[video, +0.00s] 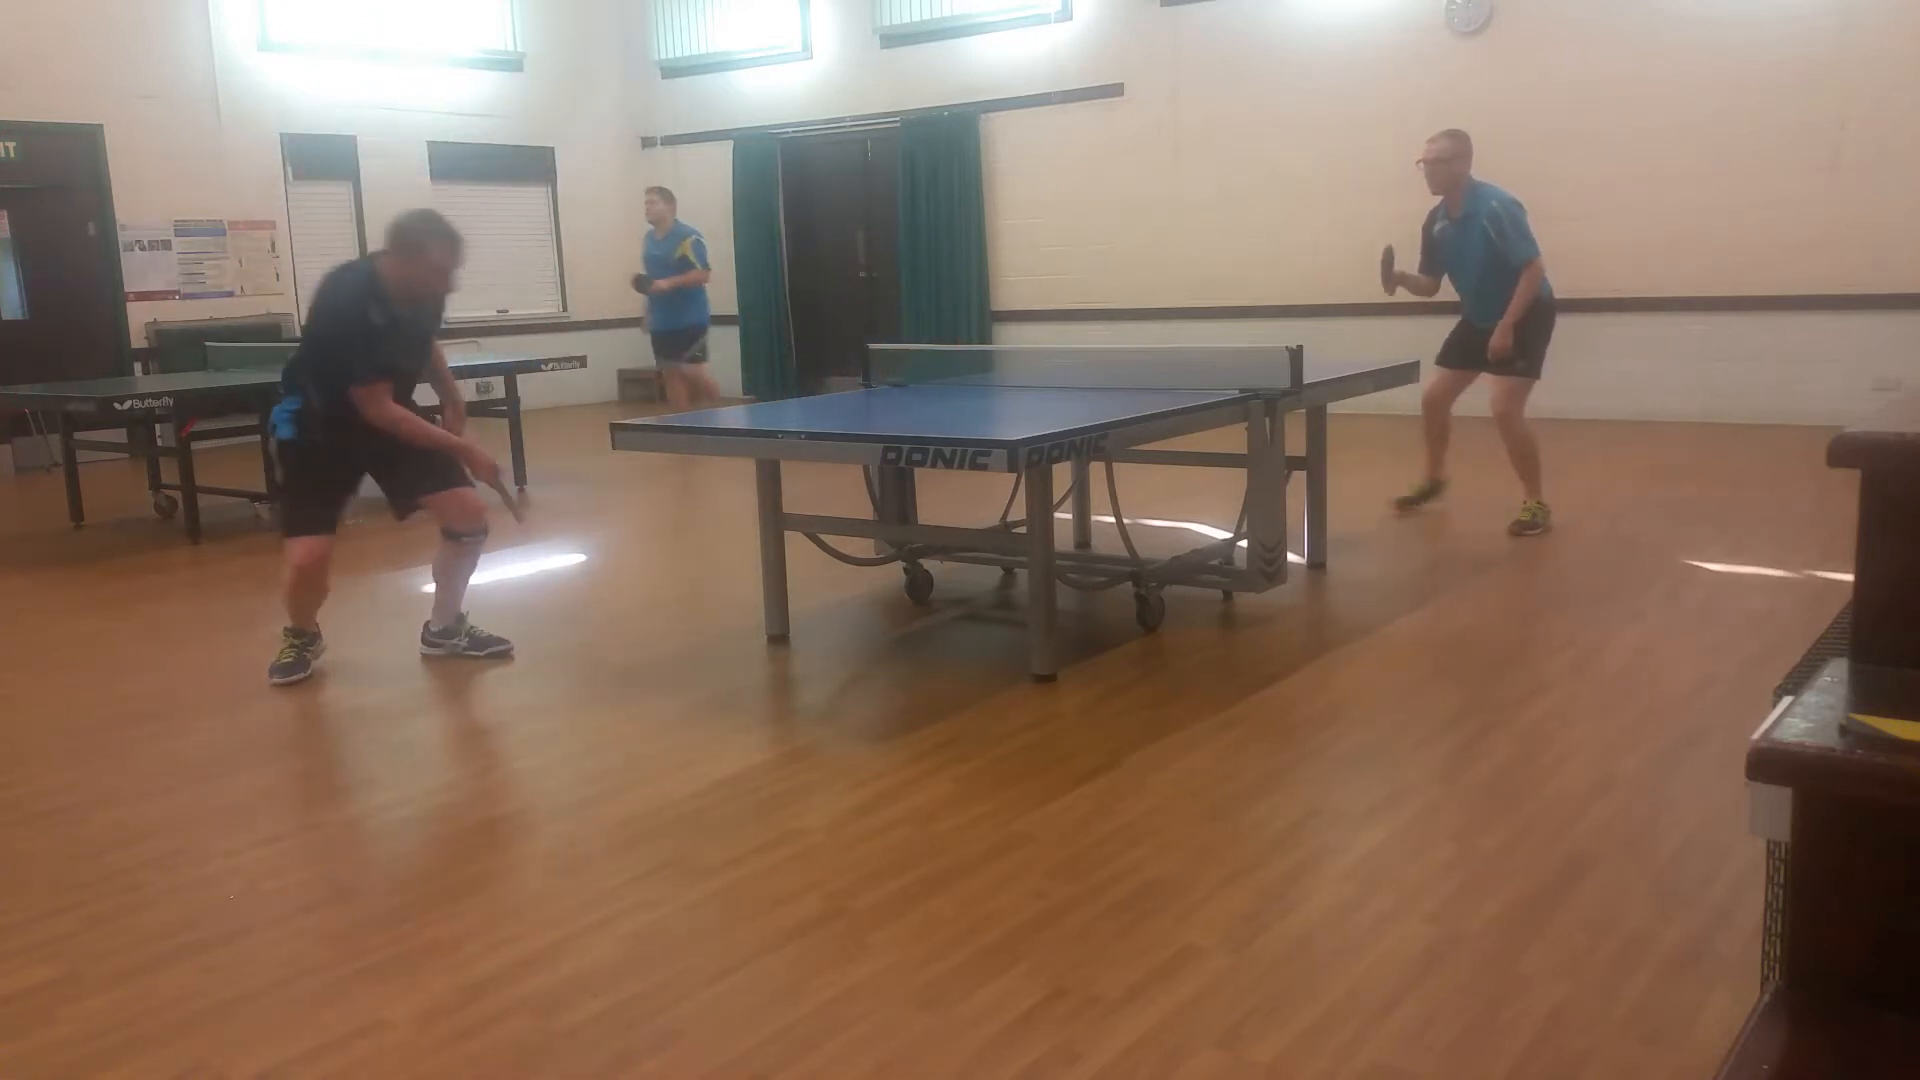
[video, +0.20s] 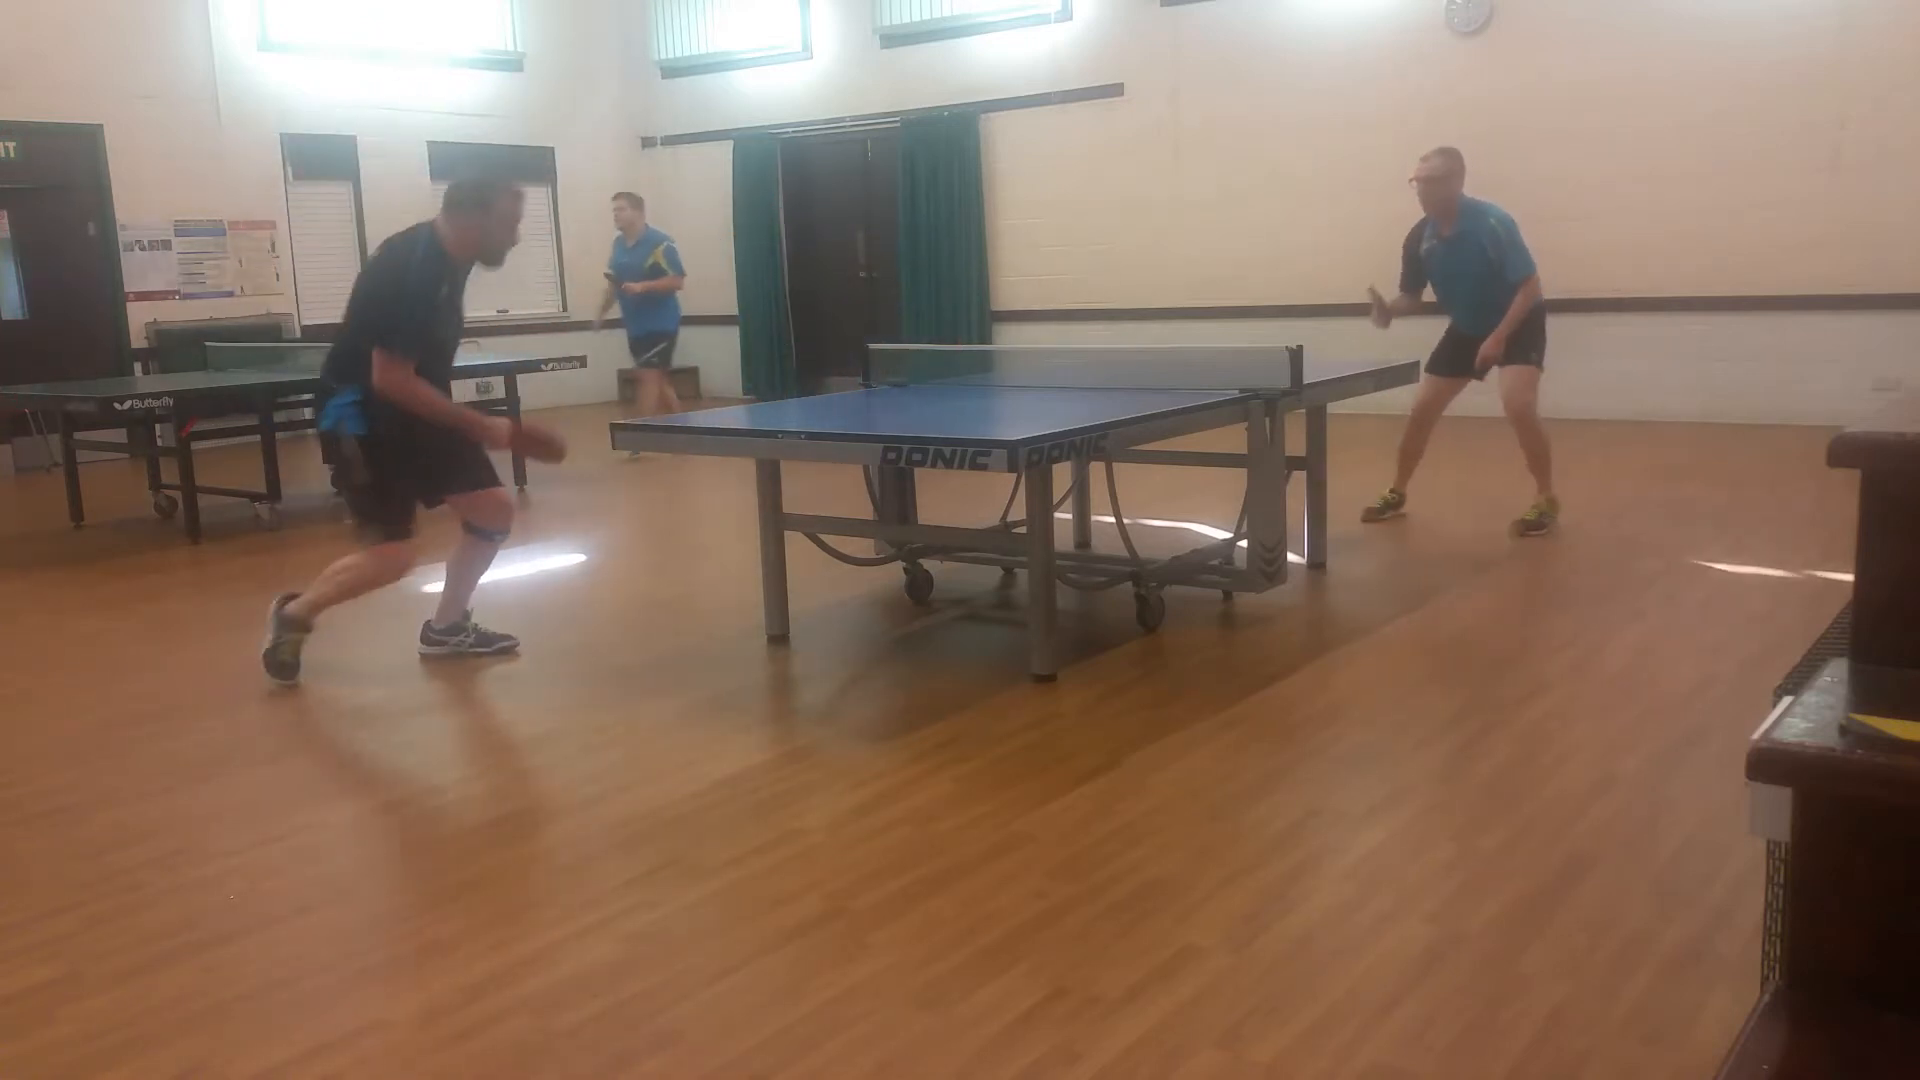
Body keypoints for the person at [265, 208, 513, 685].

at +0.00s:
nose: (448, 282)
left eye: (450, 272)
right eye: (441, 271)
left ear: (428, 263)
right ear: (403, 261)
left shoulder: (424, 288)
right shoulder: (346, 296)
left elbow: (420, 342)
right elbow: (377, 408)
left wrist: (451, 398)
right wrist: (464, 451)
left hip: (387, 415)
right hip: (319, 426)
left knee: (468, 518)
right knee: (307, 556)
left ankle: (444, 627)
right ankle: (301, 635)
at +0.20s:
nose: (517, 235)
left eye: (517, 222)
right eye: (511, 221)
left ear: (473, 216)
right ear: (474, 218)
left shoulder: (449, 262)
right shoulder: (410, 266)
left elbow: (421, 365)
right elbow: (391, 379)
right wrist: (481, 427)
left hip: (416, 407)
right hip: (363, 415)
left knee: (490, 511)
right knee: (391, 556)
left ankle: (447, 625)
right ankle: (293, 614)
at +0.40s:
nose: (535, 190)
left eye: (537, 178)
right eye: (529, 177)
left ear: (493, 172)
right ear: (491, 171)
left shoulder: (478, 224)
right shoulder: (437, 225)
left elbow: (460, 330)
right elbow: (427, 344)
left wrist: (535, 376)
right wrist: (527, 371)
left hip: (450, 378)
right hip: (410, 383)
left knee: (509, 506)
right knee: (495, 500)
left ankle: (453, 621)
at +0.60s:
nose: (562, 155)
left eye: (561, 142)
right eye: (554, 142)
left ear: (513, 144)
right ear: (516, 143)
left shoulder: (496, 206)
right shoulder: (474, 207)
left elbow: (506, 319)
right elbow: (486, 327)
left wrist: (591, 337)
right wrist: (593, 342)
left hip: (480, 383)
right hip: (460, 389)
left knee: (498, 517)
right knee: (558, 512)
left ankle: (453, 625)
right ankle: (544, 680)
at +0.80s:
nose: (583, 122)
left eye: (582, 106)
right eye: (576, 106)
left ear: (531, 103)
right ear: (534, 102)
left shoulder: (505, 162)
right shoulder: (494, 160)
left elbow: (513, 281)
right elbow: (495, 282)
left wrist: (588, 308)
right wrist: (598, 318)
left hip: (476, 351)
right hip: (477, 353)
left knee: (510, 505)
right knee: (563, 500)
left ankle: (444, 650)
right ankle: (540, 668)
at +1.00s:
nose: (609, 159)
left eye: (610, 145)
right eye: (602, 144)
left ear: (552, 137)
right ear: (565, 136)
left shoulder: (502, 184)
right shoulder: (529, 192)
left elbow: (492, 304)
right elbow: (539, 301)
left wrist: (541, 376)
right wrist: (601, 366)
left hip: (455, 376)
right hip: (487, 381)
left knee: (513, 539)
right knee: (582, 530)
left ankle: (444, 676)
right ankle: (569, 712)